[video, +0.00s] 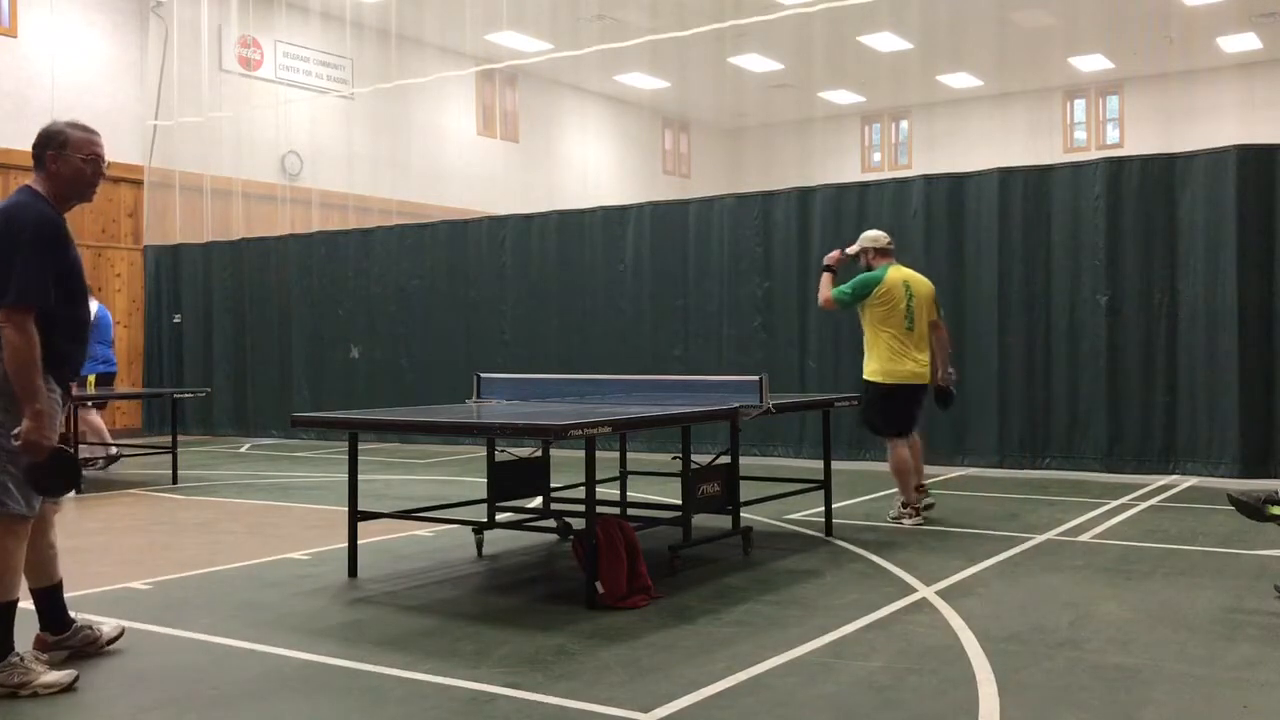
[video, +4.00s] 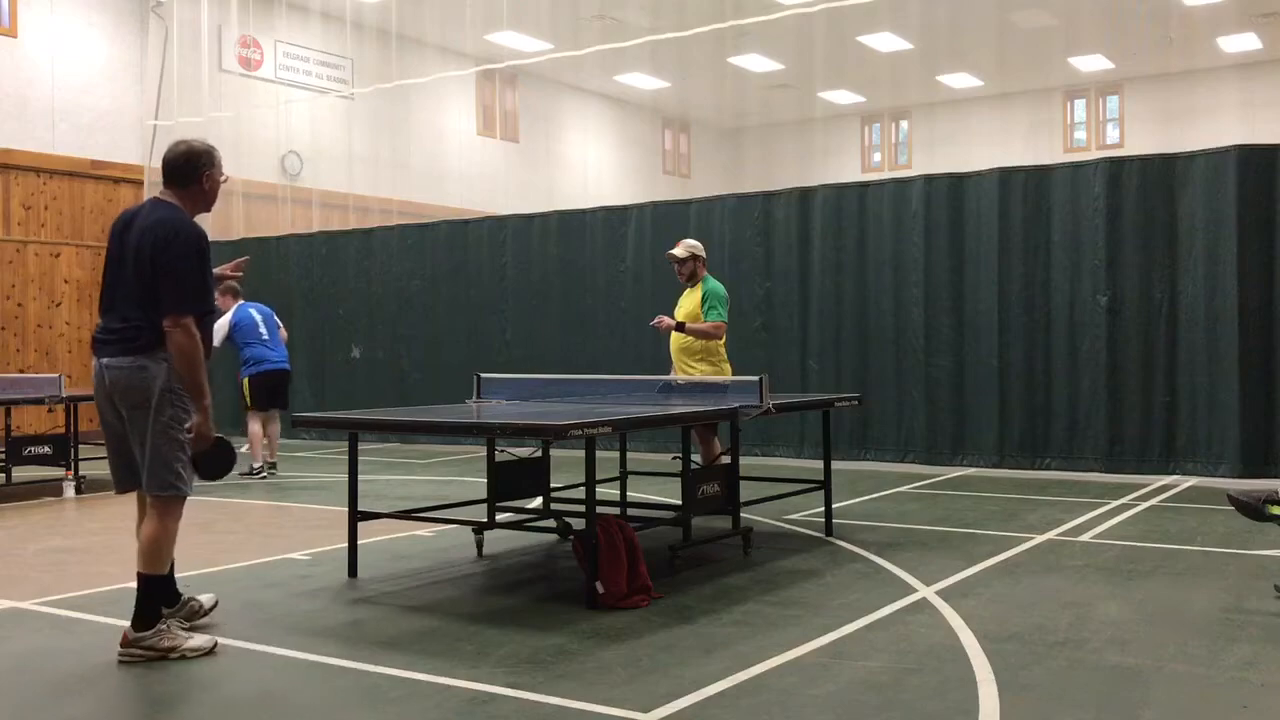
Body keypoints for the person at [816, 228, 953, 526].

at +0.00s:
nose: (861, 263)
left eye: (861, 257)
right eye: (860, 258)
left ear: (869, 254)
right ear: (891, 252)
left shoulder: (872, 280)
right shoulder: (923, 283)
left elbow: (826, 299)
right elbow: (937, 328)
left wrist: (828, 268)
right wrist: (943, 370)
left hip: (885, 376)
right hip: (918, 375)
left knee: (896, 441)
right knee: (909, 432)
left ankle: (909, 506)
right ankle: (919, 490)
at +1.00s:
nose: (744, 275)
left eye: (748, 269)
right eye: (743, 269)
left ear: (764, 265)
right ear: (762, 266)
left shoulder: (778, 290)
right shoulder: (770, 289)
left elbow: (781, 334)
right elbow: (770, 334)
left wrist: (743, 354)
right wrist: (742, 355)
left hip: (774, 377)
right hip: (768, 375)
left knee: (757, 429)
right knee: (769, 426)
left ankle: (761, 493)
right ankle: (808, 469)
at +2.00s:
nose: (689, 277)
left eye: (693, 272)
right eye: (687, 272)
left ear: (709, 268)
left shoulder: (726, 294)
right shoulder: (699, 295)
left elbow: (732, 337)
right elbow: (700, 337)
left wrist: (693, 353)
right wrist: (684, 361)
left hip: (723, 378)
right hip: (704, 377)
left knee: (711, 434)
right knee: (717, 434)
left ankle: (715, 492)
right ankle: (723, 491)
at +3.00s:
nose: (678, 271)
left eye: (684, 265)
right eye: (676, 265)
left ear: (700, 264)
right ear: (675, 265)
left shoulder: (716, 293)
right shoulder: (689, 291)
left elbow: (724, 336)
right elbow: (688, 334)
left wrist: (687, 354)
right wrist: (676, 363)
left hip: (713, 375)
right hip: (692, 374)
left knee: (709, 432)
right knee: (703, 431)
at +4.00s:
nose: (677, 268)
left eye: (682, 262)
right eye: (675, 263)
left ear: (699, 263)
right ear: (675, 264)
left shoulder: (713, 289)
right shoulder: (690, 290)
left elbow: (718, 330)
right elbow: (687, 334)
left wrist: (676, 325)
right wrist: (676, 368)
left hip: (708, 377)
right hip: (688, 376)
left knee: (705, 433)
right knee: (701, 433)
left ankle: (714, 487)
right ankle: (716, 486)